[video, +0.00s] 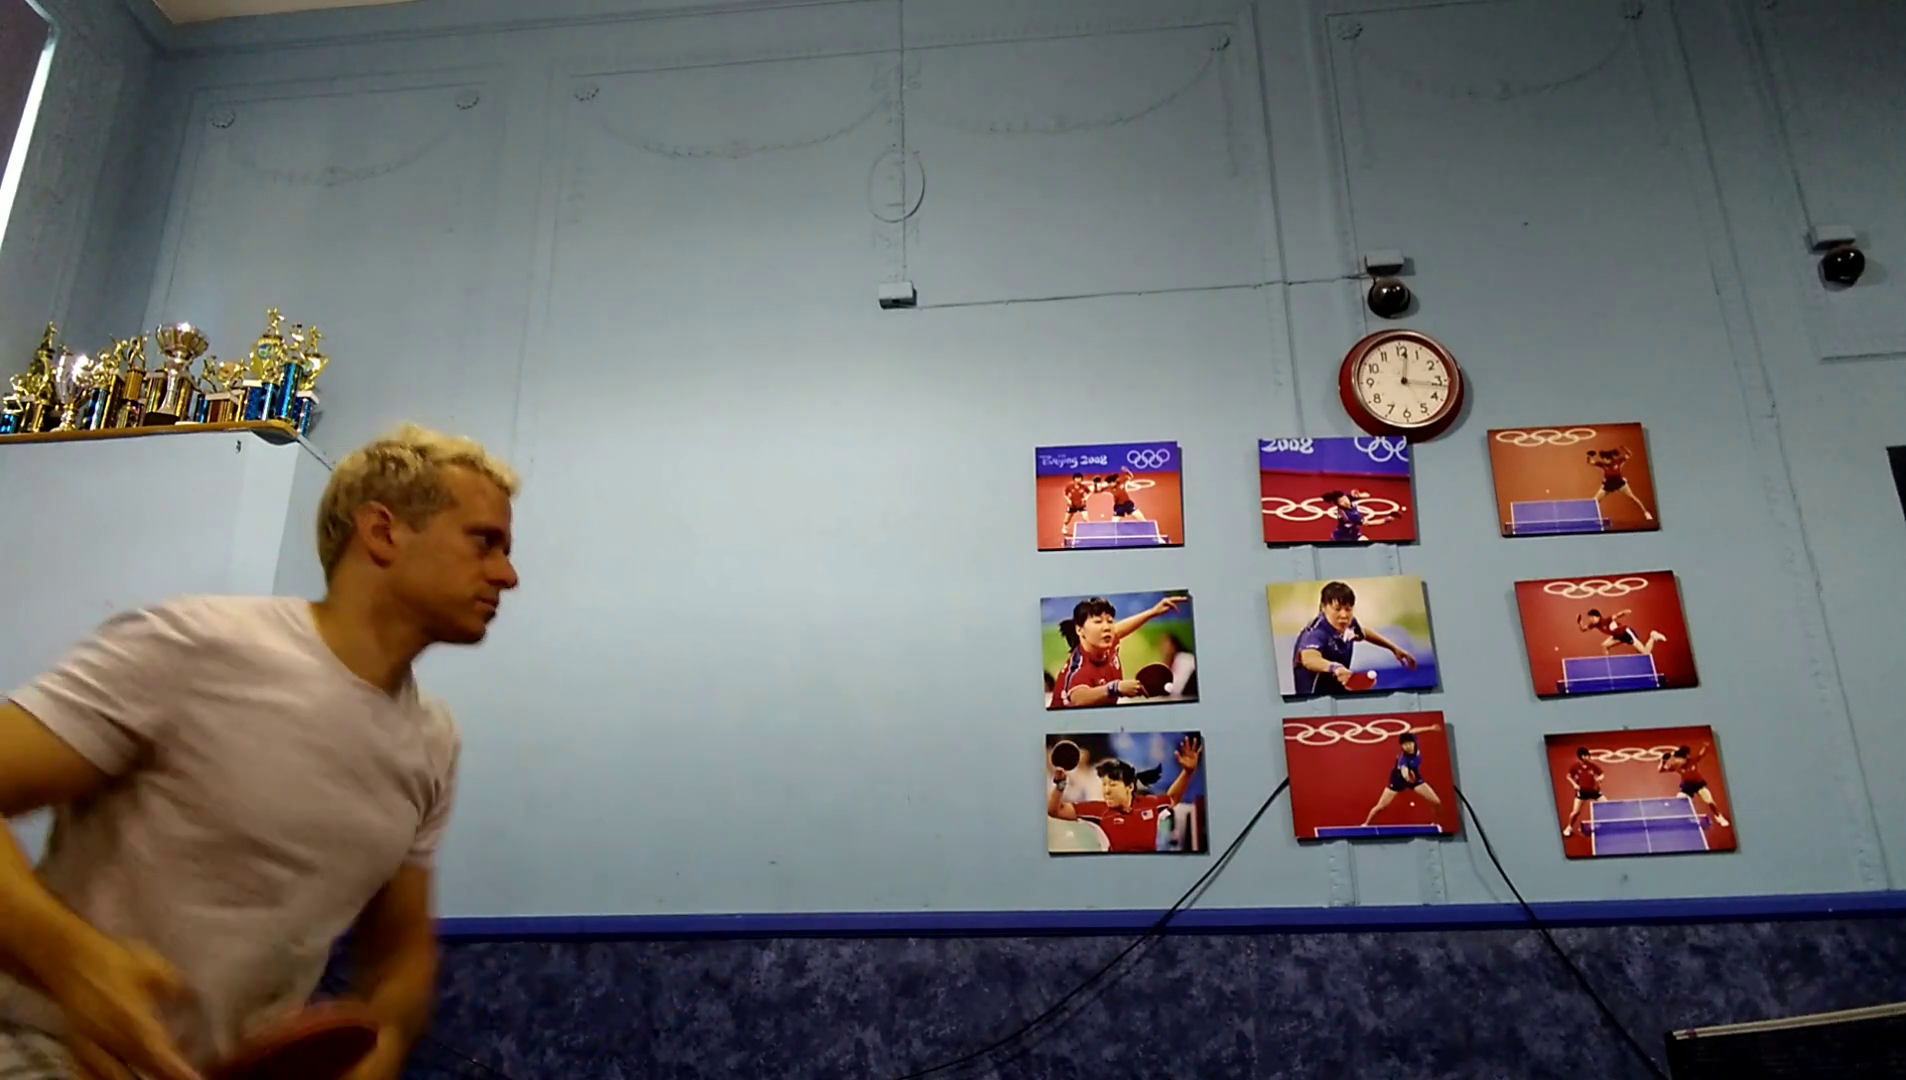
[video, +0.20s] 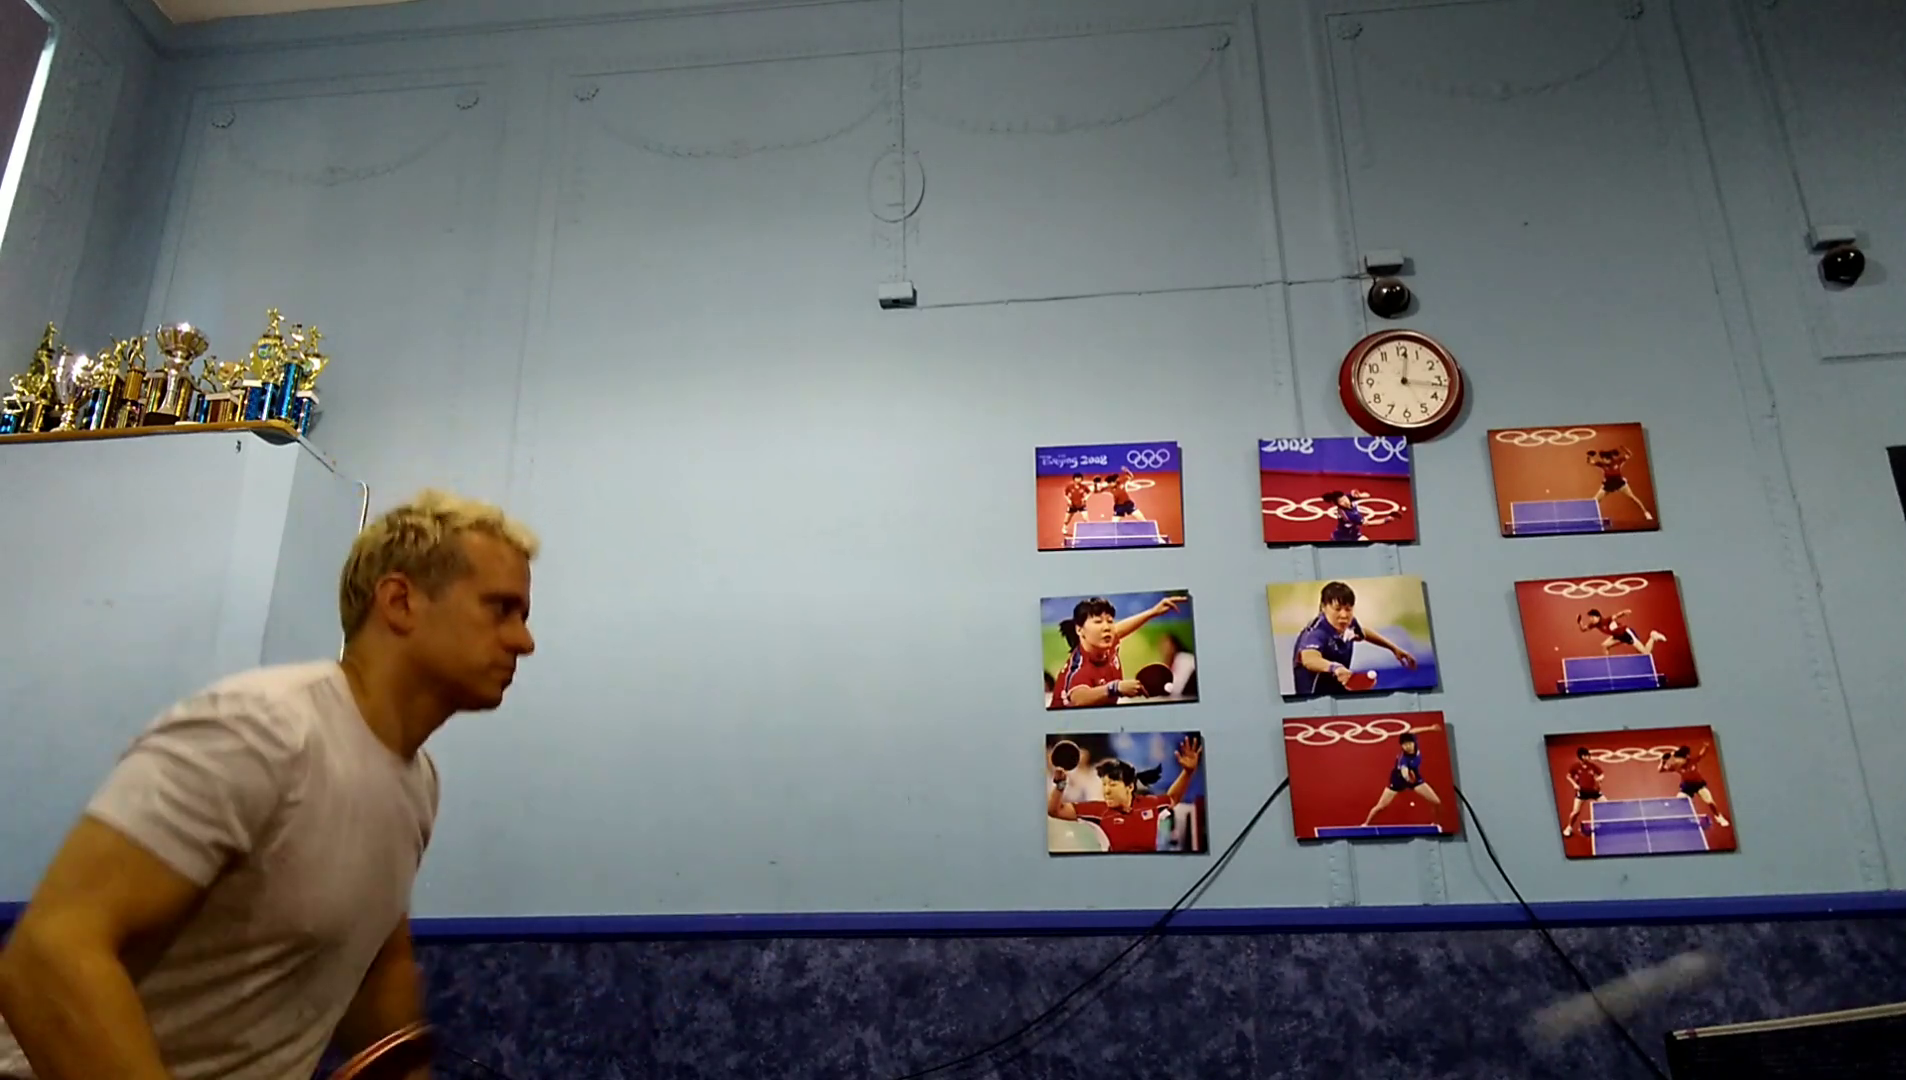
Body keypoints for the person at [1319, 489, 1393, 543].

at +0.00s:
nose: (1344, 502)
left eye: (1344, 499)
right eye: (1341, 502)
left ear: (1346, 497)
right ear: (1339, 505)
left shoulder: (1349, 498)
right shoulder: (1350, 515)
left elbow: (1367, 496)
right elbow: (1366, 523)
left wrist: (1360, 495)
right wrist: (1385, 520)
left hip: (1356, 536)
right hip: (1341, 538)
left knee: (1371, 548)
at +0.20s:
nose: (1344, 502)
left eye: (1344, 499)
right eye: (1341, 502)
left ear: (1346, 497)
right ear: (1339, 505)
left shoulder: (1349, 498)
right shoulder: (1350, 515)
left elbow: (1367, 496)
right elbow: (1366, 523)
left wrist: (1360, 495)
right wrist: (1385, 520)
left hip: (1356, 536)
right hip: (1341, 538)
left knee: (1371, 548)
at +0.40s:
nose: (1344, 502)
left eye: (1344, 499)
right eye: (1341, 502)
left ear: (1346, 497)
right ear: (1339, 505)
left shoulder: (1348, 497)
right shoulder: (1350, 515)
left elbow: (1367, 495)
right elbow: (1366, 523)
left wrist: (1360, 495)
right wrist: (1384, 520)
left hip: (1355, 536)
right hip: (1341, 538)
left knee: (1371, 548)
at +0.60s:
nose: (1344, 502)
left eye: (1344, 499)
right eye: (1341, 502)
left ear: (1346, 497)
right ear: (1339, 505)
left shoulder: (1349, 498)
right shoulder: (1350, 515)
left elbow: (1367, 496)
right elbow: (1367, 523)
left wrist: (1360, 495)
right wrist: (1385, 520)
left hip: (1355, 536)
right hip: (1341, 538)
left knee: (1371, 547)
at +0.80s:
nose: (1344, 502)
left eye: (1344, 499)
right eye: (1341, 502)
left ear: (1346, 497)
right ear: (1339, 505)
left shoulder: (1349, 498)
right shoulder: (1350, 515)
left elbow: (1367, 496)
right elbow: (1366, 523)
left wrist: (1360, 495)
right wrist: (1385, 520)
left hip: (1355, 536)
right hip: (1341, 538)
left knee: (1371, 547)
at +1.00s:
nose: (1344, 502)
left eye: (1344, 499)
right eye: (1341, 502)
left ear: (1346, 497)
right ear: (1339, 505)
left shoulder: (1349, 498)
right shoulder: (1350, 515)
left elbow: (1367, 496)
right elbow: (1366, 523)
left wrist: (1360, 495)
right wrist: (1385, 520)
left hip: (1356, 536)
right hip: (1341, 538)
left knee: (1371, 547)